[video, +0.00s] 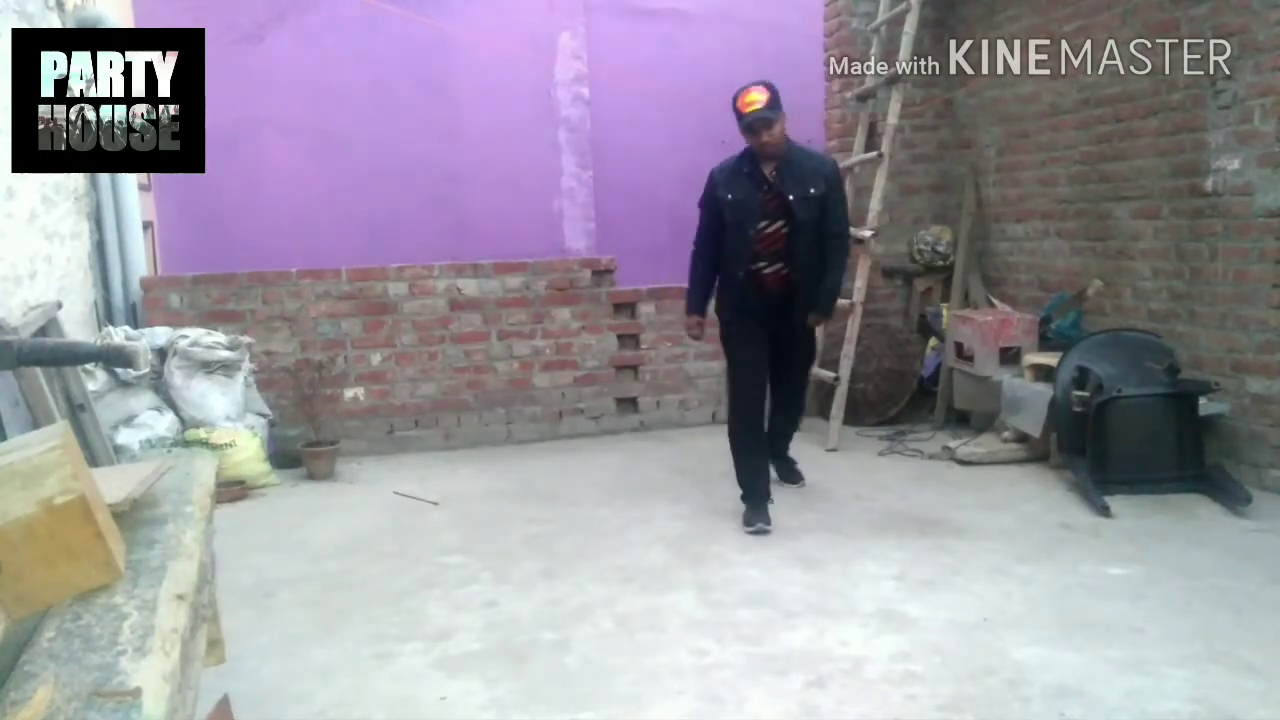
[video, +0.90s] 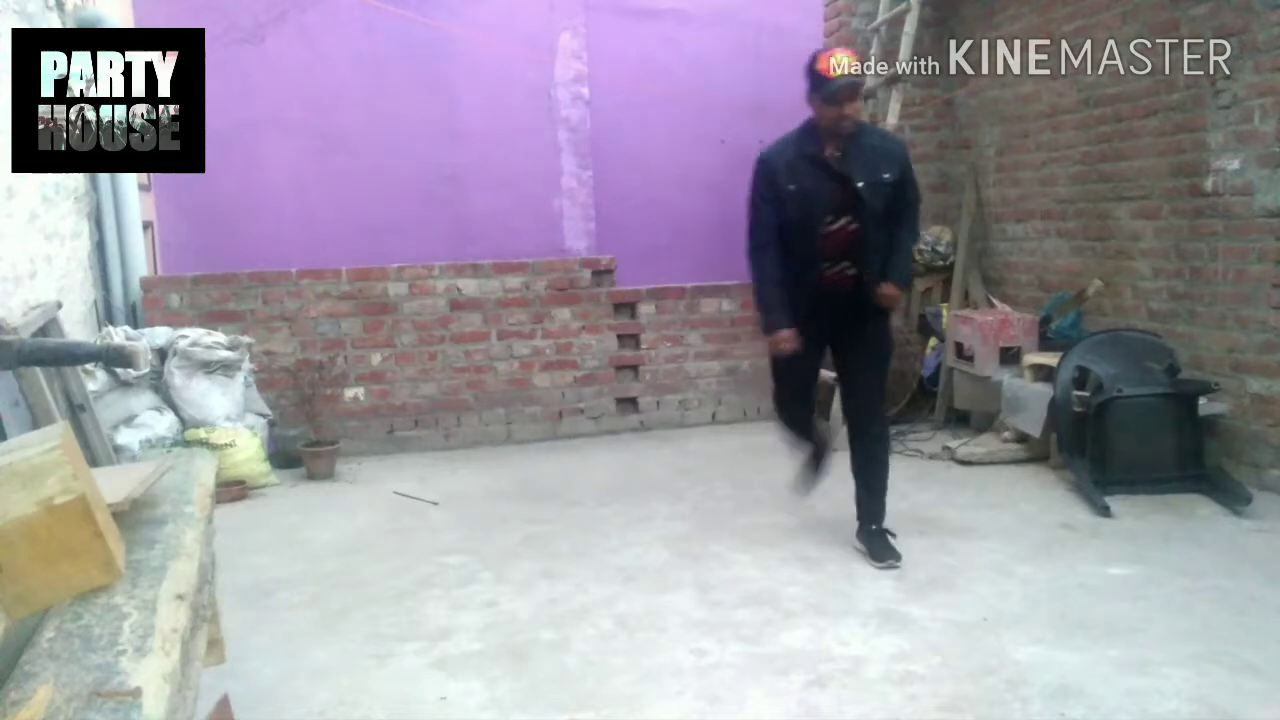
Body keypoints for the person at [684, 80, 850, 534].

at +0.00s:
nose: (764, 137)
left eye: (769, 126)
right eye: (753, 130)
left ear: (784, 120)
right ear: (742, 133)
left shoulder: (821, 172)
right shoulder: (724, 179)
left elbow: (836, 241)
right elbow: (707, 244)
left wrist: (826, 300)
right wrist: (696, 303)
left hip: (798, 307)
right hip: (742, 308)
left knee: (792, 389)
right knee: (747, 398)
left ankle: (778, 449)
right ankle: (755, 497)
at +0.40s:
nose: (775, 122)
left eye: (780, 110)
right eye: (762, 116)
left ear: (793, 103)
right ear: (749, 117)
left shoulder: (832, 156)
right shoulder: (727, 169)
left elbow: (861, 212)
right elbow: (710, 240)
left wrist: (844, 269)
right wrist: (713, 299)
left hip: (816, 299)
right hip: (755, 305)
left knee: (838, 380)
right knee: (753, 403)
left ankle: (820, 473)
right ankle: (757, 500)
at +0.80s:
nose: (830, 115)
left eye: (837, 103)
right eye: (818, 107)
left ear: (847, 102)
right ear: (797, 109)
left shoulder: (875, 157)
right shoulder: (767, 169)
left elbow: (897, 223)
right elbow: (748, 247)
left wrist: (885, 282)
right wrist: (748, 318)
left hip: (859, 310)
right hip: (793, 309)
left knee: (867, 419)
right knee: (779, 410)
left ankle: (872, 525)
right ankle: (771, 491)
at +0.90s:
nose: (847, 110)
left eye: (854, 98)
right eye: (834, 101)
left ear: (864, 97)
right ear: (811, 103)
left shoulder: (887, 152)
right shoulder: (777, 162)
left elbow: (905, 221)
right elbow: (764, 247)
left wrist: (897, 277)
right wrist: (776, 320)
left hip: (864, 310)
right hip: (801, 310)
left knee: (868, 417)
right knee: (790, 405)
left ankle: (872, 523)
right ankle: (818, 445)